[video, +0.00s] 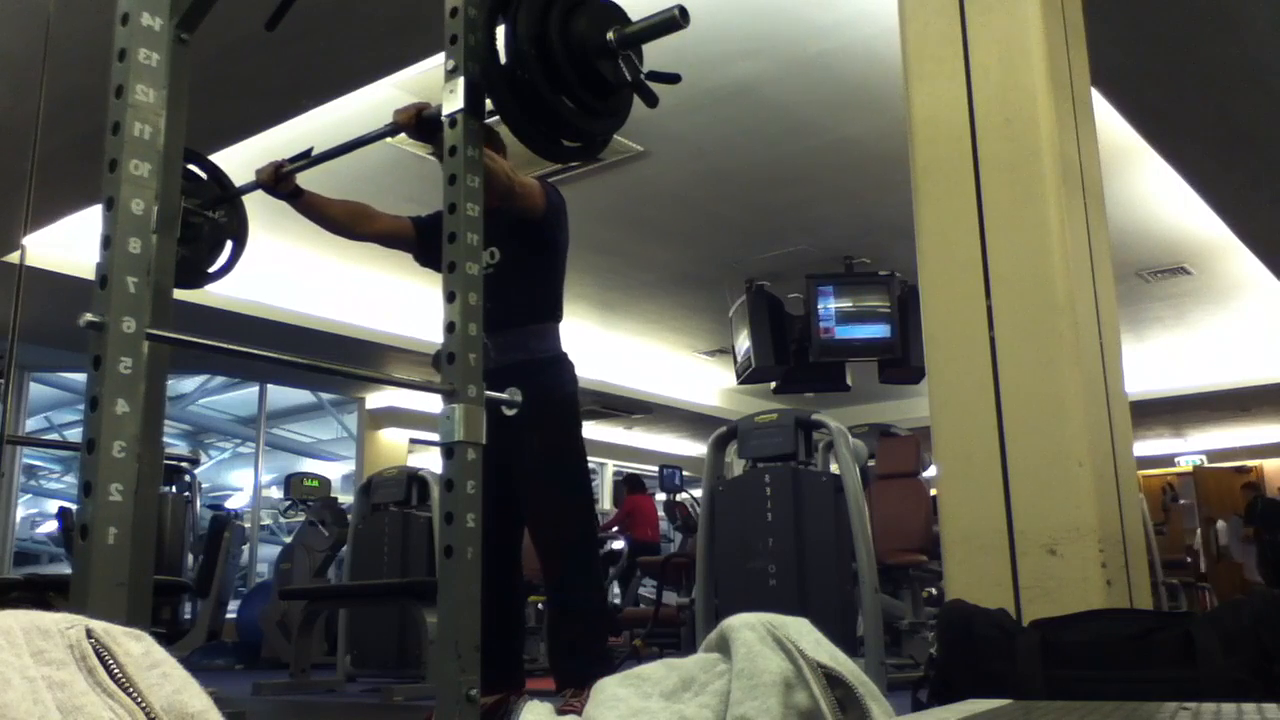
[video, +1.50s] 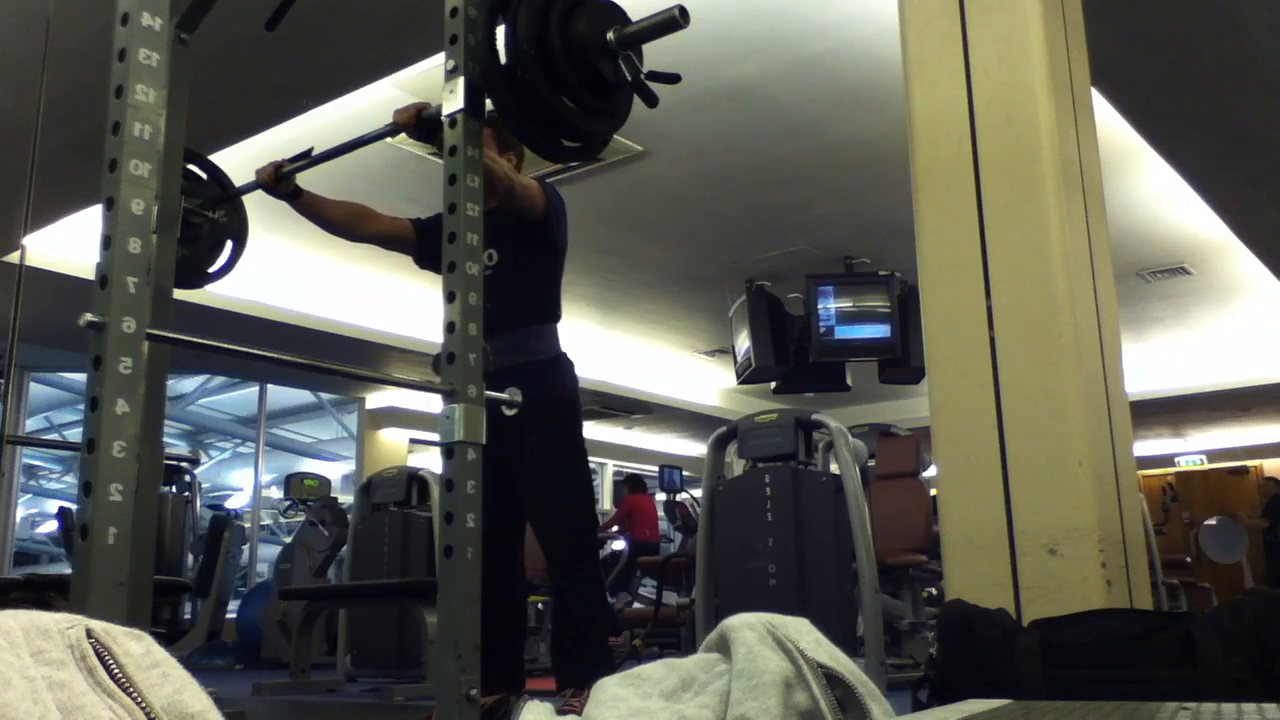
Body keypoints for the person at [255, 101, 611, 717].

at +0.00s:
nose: (468, 173)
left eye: (475, 160)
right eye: (459, 166)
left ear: (498, 154)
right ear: (451, 172)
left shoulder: (542, 206)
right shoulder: (455, 226)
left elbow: (503, 182)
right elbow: (368, 222)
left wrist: (440, 133)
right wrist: (295, 193)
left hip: (539, 385)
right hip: (476, 393)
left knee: (562, 535)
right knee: (486, 544)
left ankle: (579, 683)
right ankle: (497, 686)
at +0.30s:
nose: (464, 173)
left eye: (472, 161)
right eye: (456, 167)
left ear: (496, 155)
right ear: (449, 172)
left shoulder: (543, 205)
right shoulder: (453, 226)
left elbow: (503, 181)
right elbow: (367, 221)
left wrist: (439, 133)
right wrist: (294, 192)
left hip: (541, 385)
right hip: (477, 393)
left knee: (564, 537)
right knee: (487, 546)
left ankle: (580, 684)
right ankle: (497, 687)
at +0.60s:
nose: (464, 175)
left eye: (472, 162)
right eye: (456, 167)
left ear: (495, 156)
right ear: (450, 173)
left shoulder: (543, 204)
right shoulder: (454, 224)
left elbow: (504, 179)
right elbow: (371, 220)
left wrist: (440, 133)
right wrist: (295, 193)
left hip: (541, 386)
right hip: (478, 394)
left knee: (564, 538)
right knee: (489, 547)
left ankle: (579, 683)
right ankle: (498, 686)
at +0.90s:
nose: (462, 174)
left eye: (470, 161)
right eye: (455, 166)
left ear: (495, 155)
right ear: (449, 170)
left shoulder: (542, 202)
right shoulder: (454, 222)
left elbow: (504, 178)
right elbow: (369, 219)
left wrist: (440, 133)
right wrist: (294, 192)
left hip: (540, 384)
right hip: (477, 392)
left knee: (564, 536)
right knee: (488, 546)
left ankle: (579, 683)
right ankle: (498, 687)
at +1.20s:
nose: (468, 167)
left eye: (477, 154)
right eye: (461, 159)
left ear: (504, 150)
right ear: (455, 165)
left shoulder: (543, 206)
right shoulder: (456, 226)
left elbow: (505, 180)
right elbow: (366, 222)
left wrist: (440, 133)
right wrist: (294, 193)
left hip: (539, 384)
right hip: (476, 392)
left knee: (563, 538)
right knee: (487, 547)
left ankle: (581, 685)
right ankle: (496, 688)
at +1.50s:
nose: (466, 166)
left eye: (475, 154)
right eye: (460, 159)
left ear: (507, 153)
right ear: (456, 165)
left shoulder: (543, 207)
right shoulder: (456, 227)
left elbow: (501, 178)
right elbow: (368, 224)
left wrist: (439, 133)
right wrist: (294, 192)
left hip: (539, 385)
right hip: (476, 393)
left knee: (565, 539)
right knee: (488, 548)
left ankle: (579, 684)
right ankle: (498, 687)